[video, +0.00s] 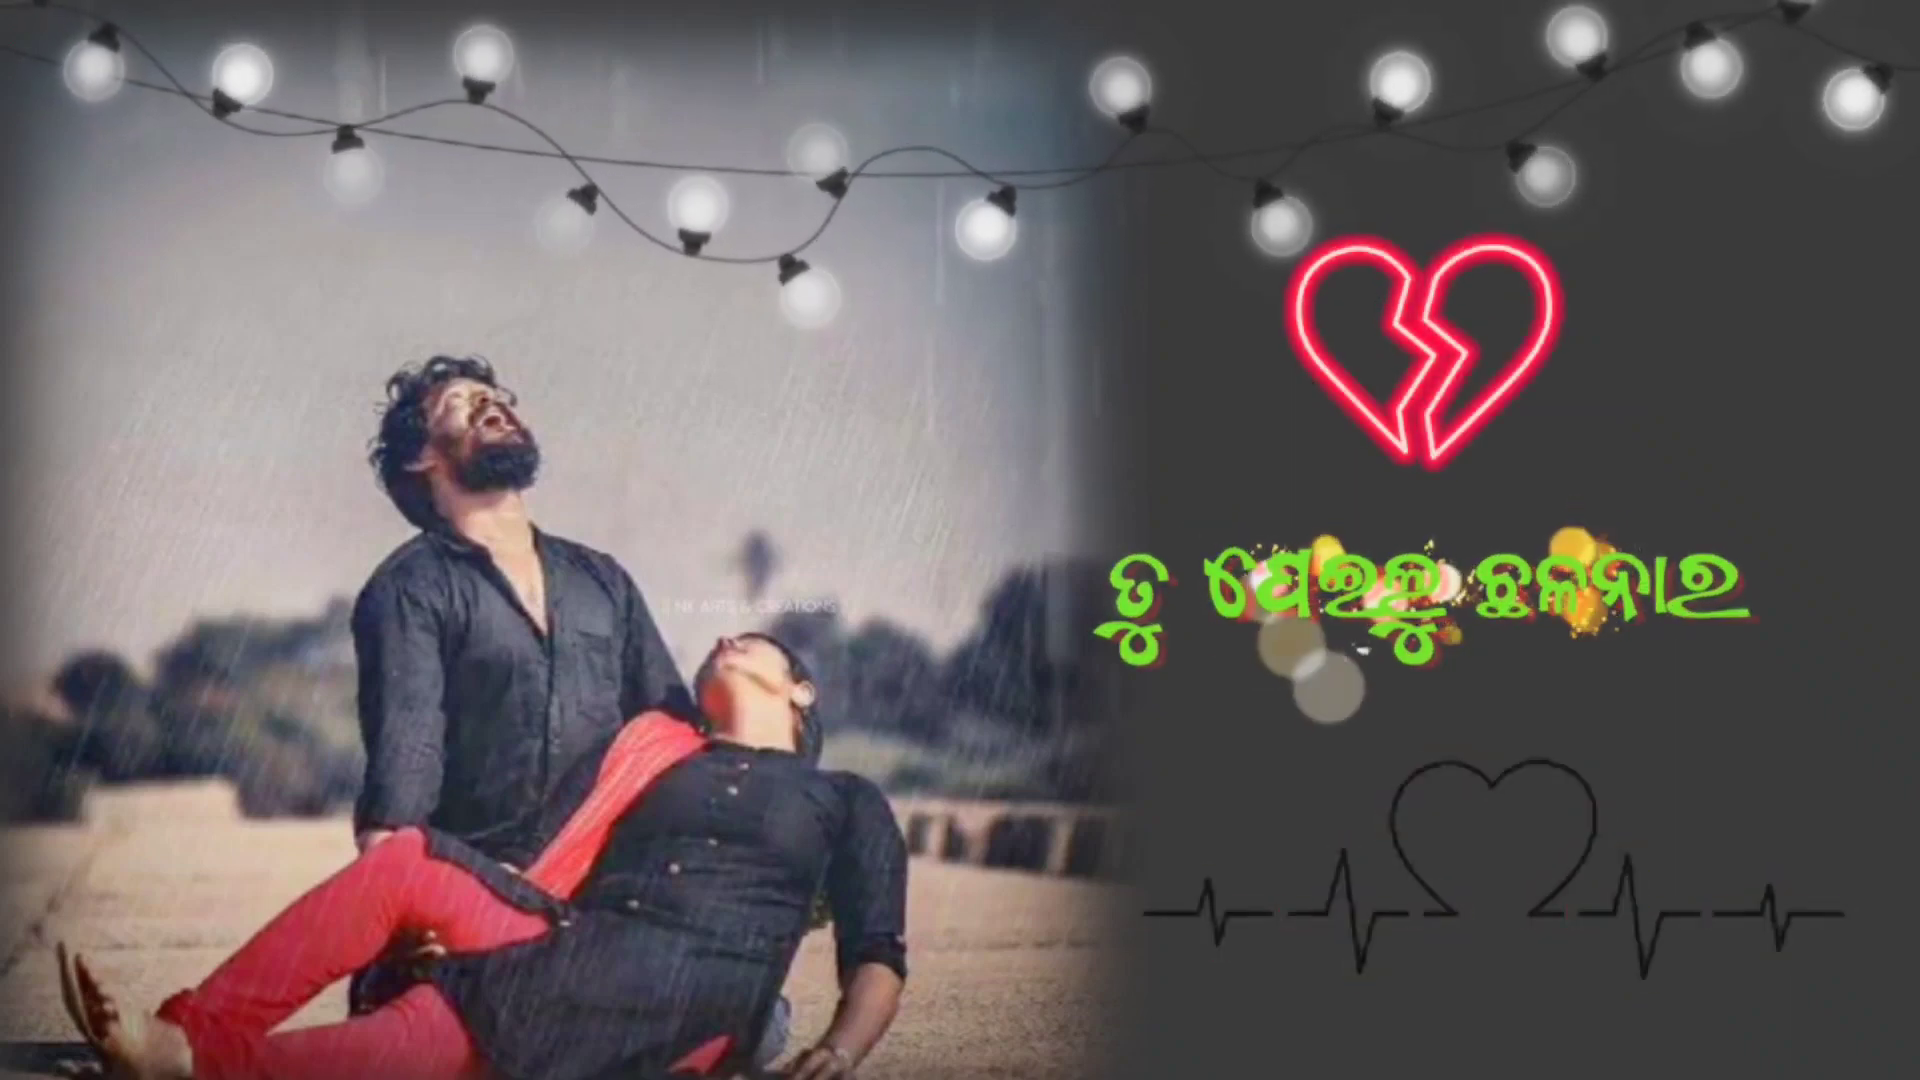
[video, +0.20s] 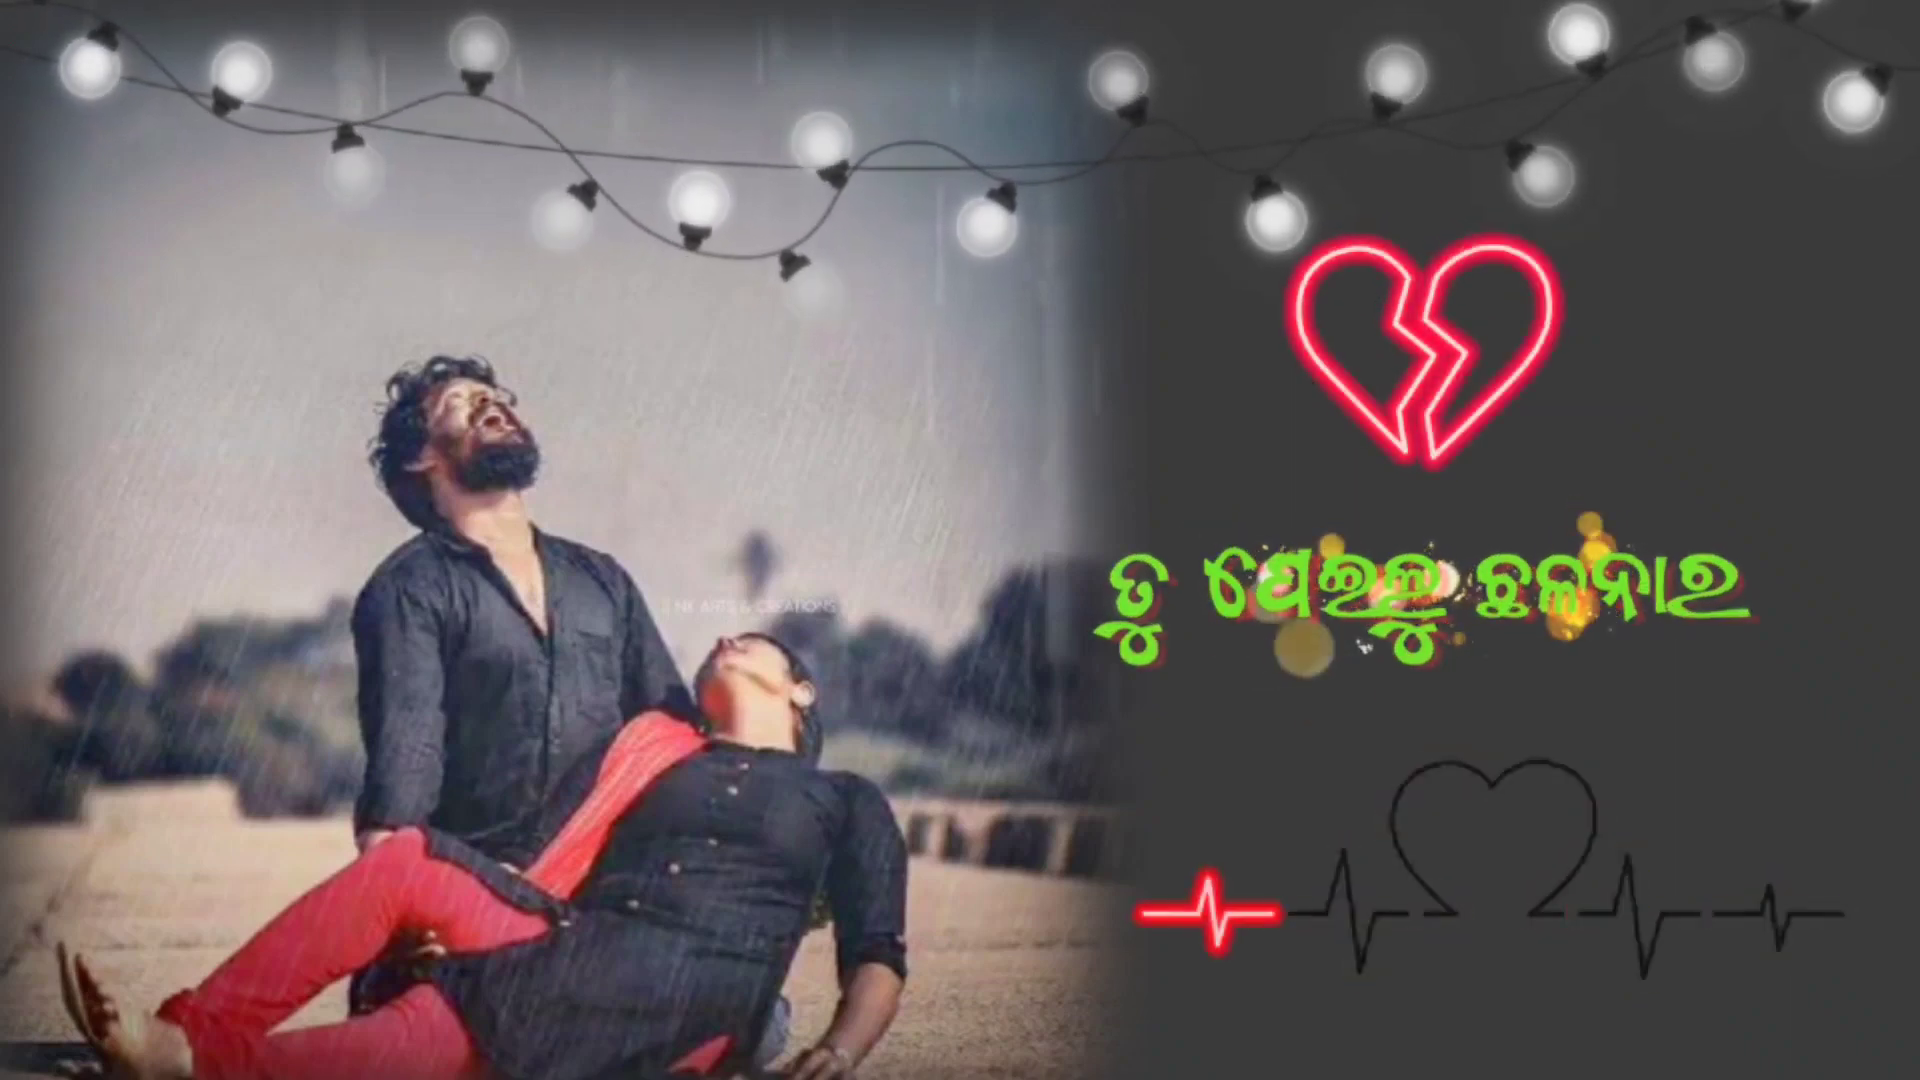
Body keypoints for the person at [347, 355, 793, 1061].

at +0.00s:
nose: (496, 408)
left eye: (501, 400)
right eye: (462, 406)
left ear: (525, 435)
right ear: (422, 463)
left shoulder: (602, 578)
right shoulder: (410, 587)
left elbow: (678, 728)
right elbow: (404, 754)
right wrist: (387, 902)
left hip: (616, 884)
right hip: (461, 891)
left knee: (760, 1021)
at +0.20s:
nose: (496, 408)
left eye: (502, 401)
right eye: (463, 406)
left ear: (525, 438)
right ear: (421, 462)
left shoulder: (602, 578)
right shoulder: (410, 587)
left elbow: (678, 728)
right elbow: (404, 753)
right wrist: (387, 904)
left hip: (617, 883)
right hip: (462, 890)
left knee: (760, 1022)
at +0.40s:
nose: (496, 408)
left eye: (502, 401)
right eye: (463, 406)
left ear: (525, 438)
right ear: (421, 462)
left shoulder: (602, 578)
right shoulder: (410, 587)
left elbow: (678, 728)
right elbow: (404, 753)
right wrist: (387, 904)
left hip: (617, 883)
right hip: (462, 890)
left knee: (760, 1022)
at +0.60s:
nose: (496, 408)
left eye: (502, 401)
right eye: (463, 406)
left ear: (525, 438)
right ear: (421, 462)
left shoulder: (602, 578)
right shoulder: (410, 587)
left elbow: (678, 728)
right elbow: (404, 753)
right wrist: (387, 904)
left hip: (617, 883)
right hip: (462, 890)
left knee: (760, 1022)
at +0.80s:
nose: (496, 408)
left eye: (502, 401)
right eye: (463, 406)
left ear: (525, 438)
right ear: (421, 462)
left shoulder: (602, 578)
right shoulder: (410, 587)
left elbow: (678, 728)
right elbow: (404, 754)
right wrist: (387, 904)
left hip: (617, 883)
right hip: (462, 890)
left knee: (760, 1022)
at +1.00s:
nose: (496, 408)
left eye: (502, 401)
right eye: (463, 406)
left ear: (525, 438)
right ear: (421, 462)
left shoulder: (602, 578)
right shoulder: (410, 587)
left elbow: (678, 728)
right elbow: (404, 753)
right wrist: (387, 904)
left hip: (617, 883)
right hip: (462, 890)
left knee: (760, 1022)